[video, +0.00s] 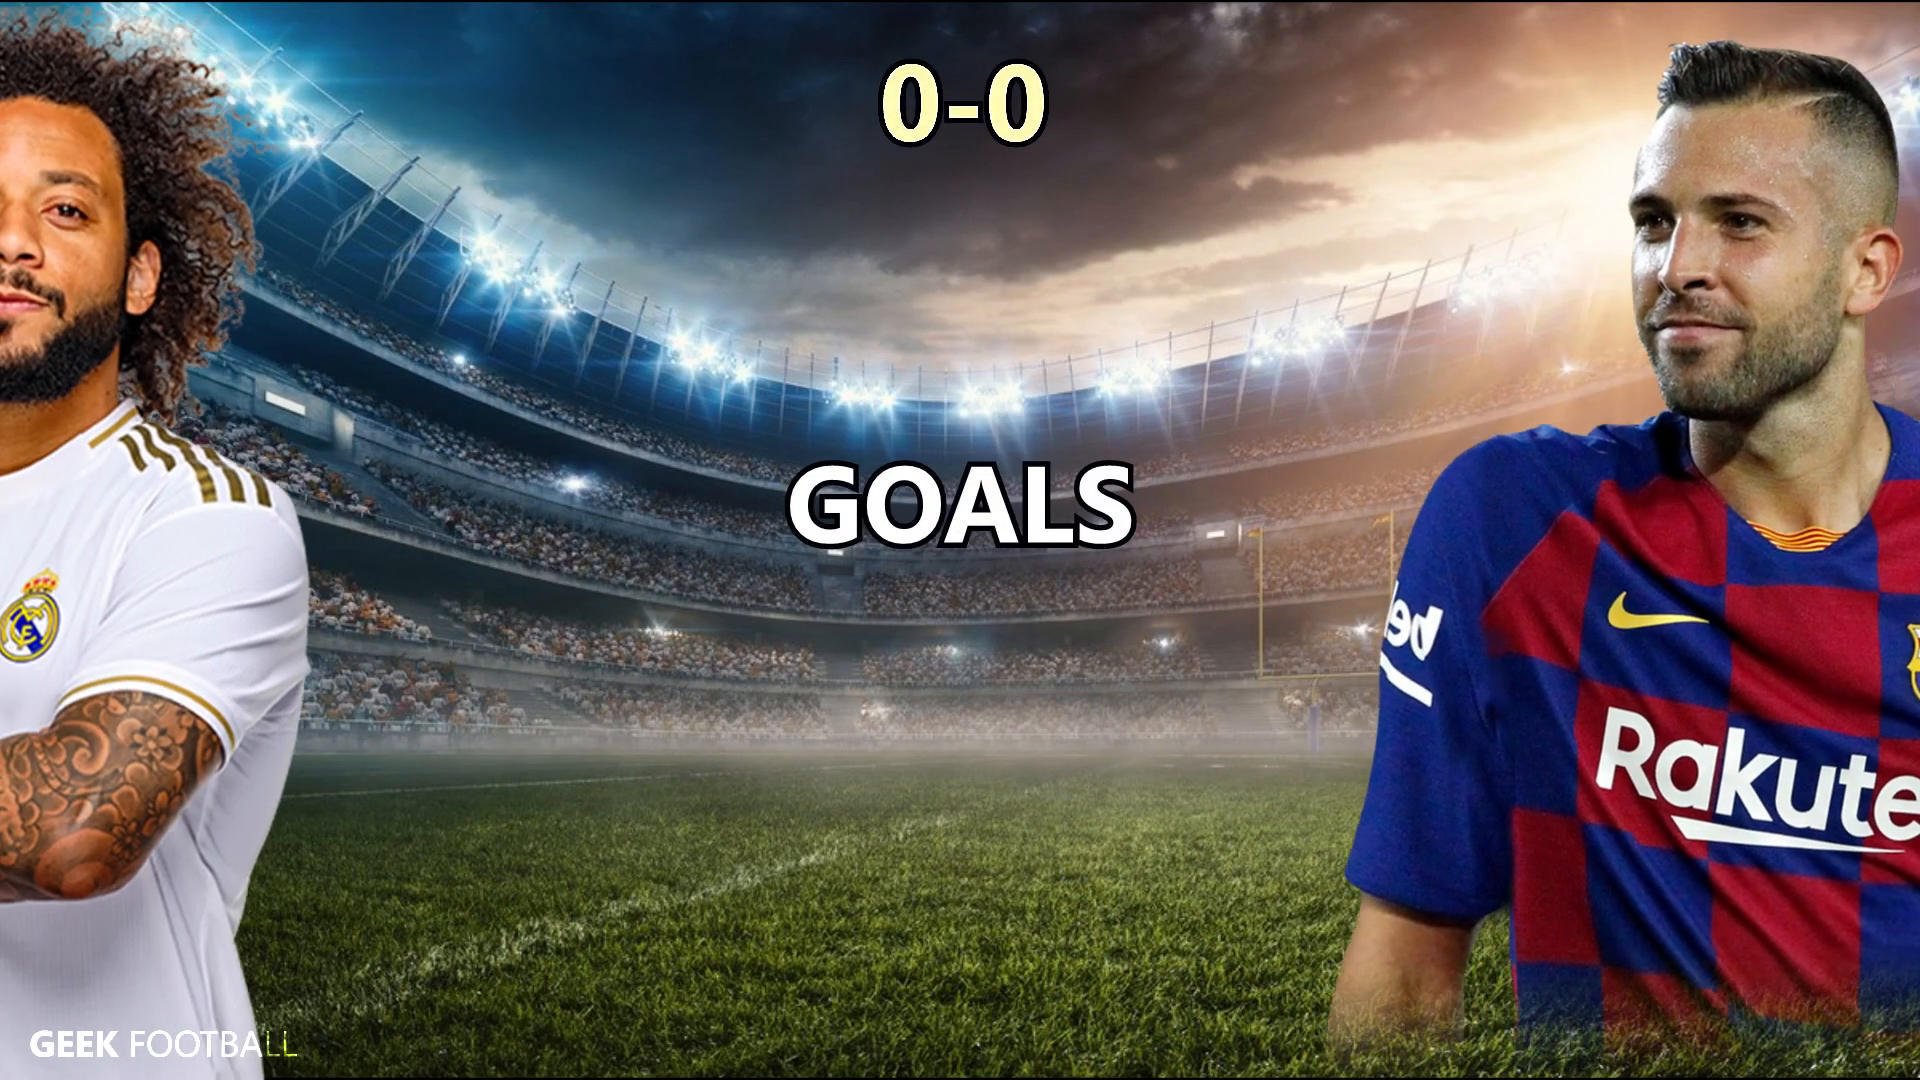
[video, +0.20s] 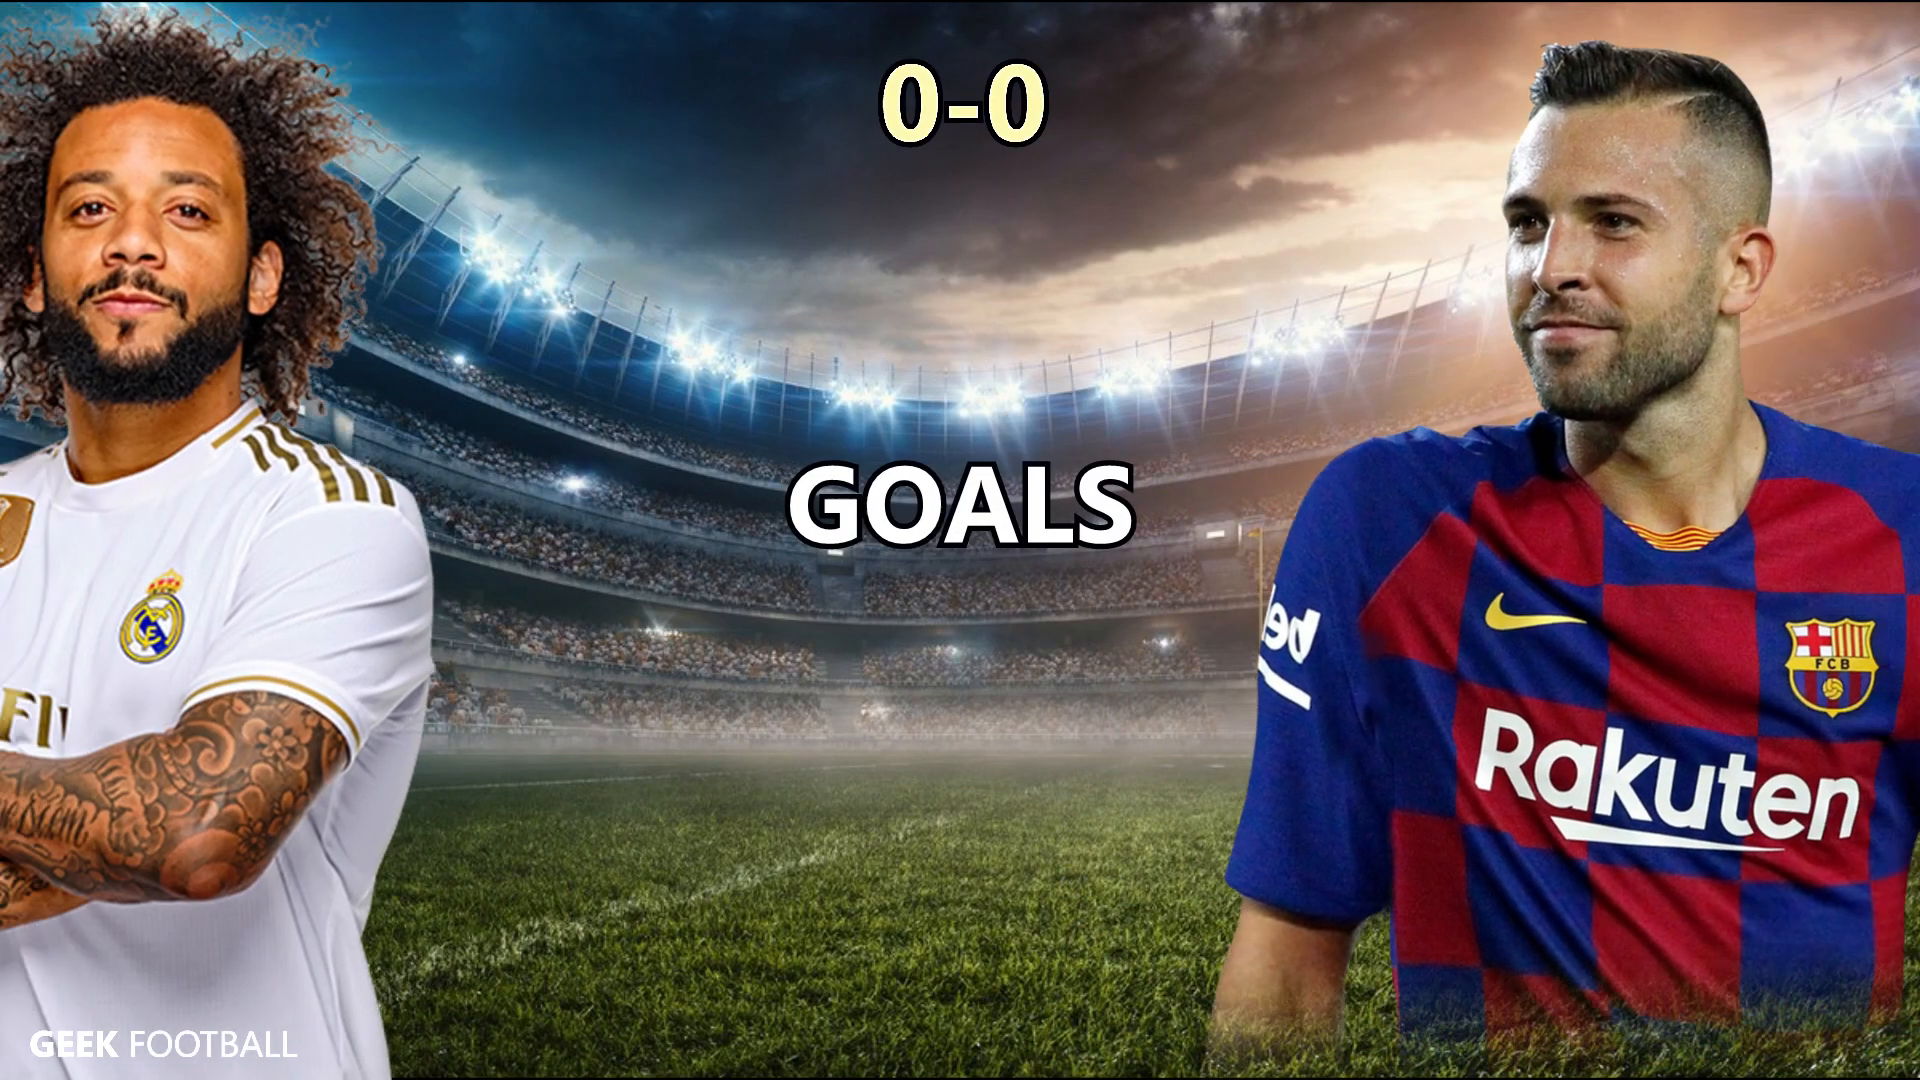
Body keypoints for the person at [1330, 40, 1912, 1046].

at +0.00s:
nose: (1676, 272)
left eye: (1742, 224)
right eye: (1656, 225)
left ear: (1868, 271)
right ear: (1636, 247)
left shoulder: (1914, 527)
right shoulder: (1508, 515)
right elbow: (1407, 956)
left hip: (1883, 1040)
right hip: (1618, 1047)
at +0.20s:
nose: (1552, 273)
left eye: (1616, 224)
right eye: (1529, 226)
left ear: (1741, 272)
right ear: (1508, 250)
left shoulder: (1904, 529)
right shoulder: (1379, 518)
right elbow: (1288, 946)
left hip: (1824, 1055)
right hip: (1492, 1053)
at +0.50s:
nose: (1406, 274)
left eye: (1468, 226)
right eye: (1385, 228)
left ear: (1598, 274)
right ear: (1364, 247)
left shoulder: (1787, 532)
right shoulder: (1238, 523)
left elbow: (1890, 916)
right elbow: (1155, 948)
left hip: (1685, 1041)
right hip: (1360, 1046)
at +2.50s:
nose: (1286, 278)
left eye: (1349, 231)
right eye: (1264, 235)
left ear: (1480, 274)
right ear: (1240, 256)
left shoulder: (1668, 535)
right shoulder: (1123, 540)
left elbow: (1780, 913)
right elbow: (1039, 967)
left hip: (1571, 1052)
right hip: (1242, 1052)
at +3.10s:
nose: (1380, 255)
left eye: (1442, 210)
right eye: (1358, 211)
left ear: (1573, 256)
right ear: (1334, 232)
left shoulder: (1755, 517)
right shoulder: (1212, 504)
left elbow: (1861, 896)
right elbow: (1120, 934)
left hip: (1649, 1042)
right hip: (1322, 1047)